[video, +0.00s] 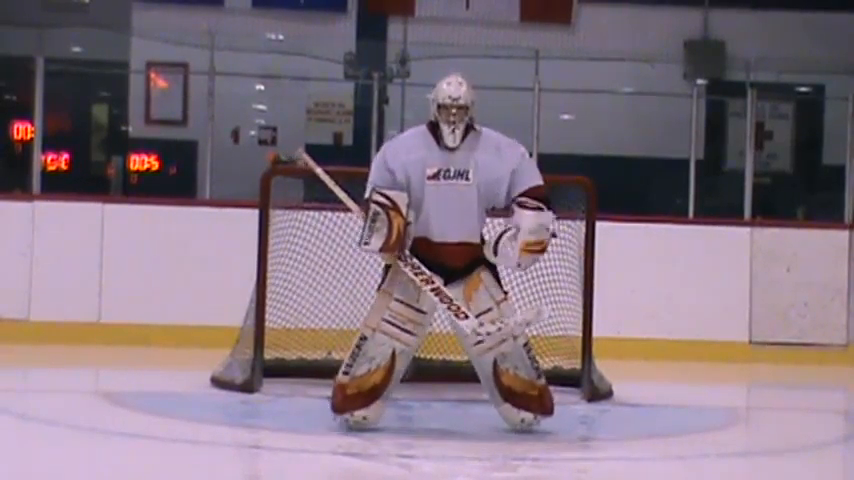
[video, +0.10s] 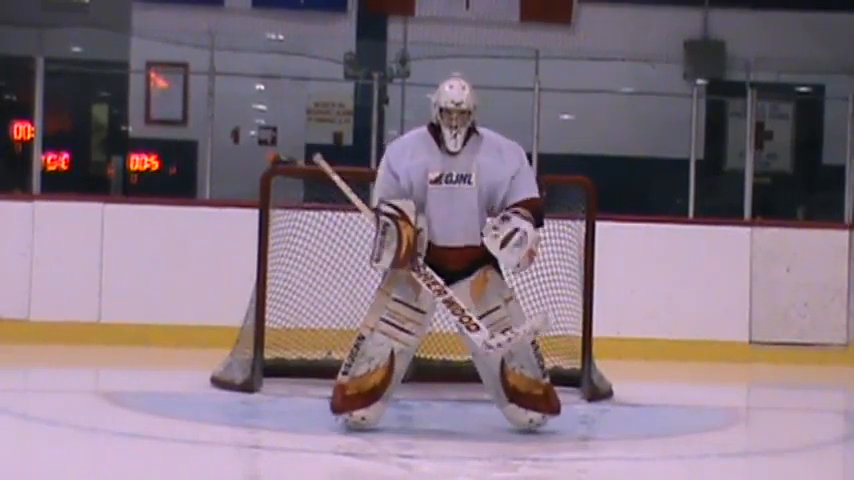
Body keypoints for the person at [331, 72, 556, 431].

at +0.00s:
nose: (452, 116)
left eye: (459, 109)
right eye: (446, 108)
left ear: (471, 110)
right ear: (433, 108)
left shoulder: (504, 152)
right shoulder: (401, 151)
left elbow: (532, 205)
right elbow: (384, 203)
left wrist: (522, 240)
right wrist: (380, 226)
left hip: (475, 268)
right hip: (414, 266)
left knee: (501, 340)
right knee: (385, 336)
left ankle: (524, 412)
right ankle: (358, 407)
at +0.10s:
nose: (454, 120)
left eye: (462, 114)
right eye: (448, 113)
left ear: (473, 113)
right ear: (435, 112)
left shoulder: (505, 154)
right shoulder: (404, 152)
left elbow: (528, 203)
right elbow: (388, 208)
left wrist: (515, 228)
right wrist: (399, 232)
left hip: (480, 268)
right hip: (418, 267)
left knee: (508, 337)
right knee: (387, 334)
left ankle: (527, 410)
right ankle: (361, 406)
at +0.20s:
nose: (459, 132)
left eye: (466, 125)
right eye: (452, 125)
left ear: (478, 124)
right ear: (438, 123)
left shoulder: (501, 162)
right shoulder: (409, 161)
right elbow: (400, 222)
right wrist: (421, 258)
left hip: (478, 267)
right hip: (421, 264)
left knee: (504, 332)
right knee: (394, 331)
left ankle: (529, 407)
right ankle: (366, 407)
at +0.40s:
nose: (469, 185)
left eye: (476, 177)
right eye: (463, 176)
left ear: (488, 174)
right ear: (449, 171)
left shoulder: (509, 205)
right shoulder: (417, 194)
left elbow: (500, 262)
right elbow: (407, 251)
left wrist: (478, 286)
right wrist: (433, 282)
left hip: (476, 277)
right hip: (422, 272)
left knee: (507, 339)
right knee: (398, 334)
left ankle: (535, 413)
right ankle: (367, 411)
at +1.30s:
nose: (480, 146)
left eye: (487, 139)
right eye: (473, 138)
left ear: (497, 141)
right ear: (459, 138)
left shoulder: (519, 185)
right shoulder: (426, 170)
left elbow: (533, 245)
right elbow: (399, 220)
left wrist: (519, 265)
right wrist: (417, 266)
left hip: (482, 277)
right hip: (424, 272)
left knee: (510, 339)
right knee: (395, 336)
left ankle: (536, 414)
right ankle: (368, 412)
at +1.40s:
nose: (477, 126)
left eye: (483, 119)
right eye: (470, 119)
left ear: (493, 123)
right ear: (456, 120)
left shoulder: (515, 167)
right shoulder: (422, 156)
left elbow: (538, 213)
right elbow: (386, 195)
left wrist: (545, 233)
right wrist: (397, 224)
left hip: (483, 268)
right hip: (426, 265)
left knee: (514, 342)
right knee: (394, 339)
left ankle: (537, 417)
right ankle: (366, 414)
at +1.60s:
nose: (473, 106)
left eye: (479, 99)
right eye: (466, 99)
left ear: (489, 102)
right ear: (452, 100)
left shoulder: (511, 146)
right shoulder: (422, 142)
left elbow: (528, 200)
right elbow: (390, 191)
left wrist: (556, 186)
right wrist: (393, 223)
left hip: (490, 263)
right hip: (432, 262)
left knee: (514, 340)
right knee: (401, 336)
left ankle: (539, 416)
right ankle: (370, 413)